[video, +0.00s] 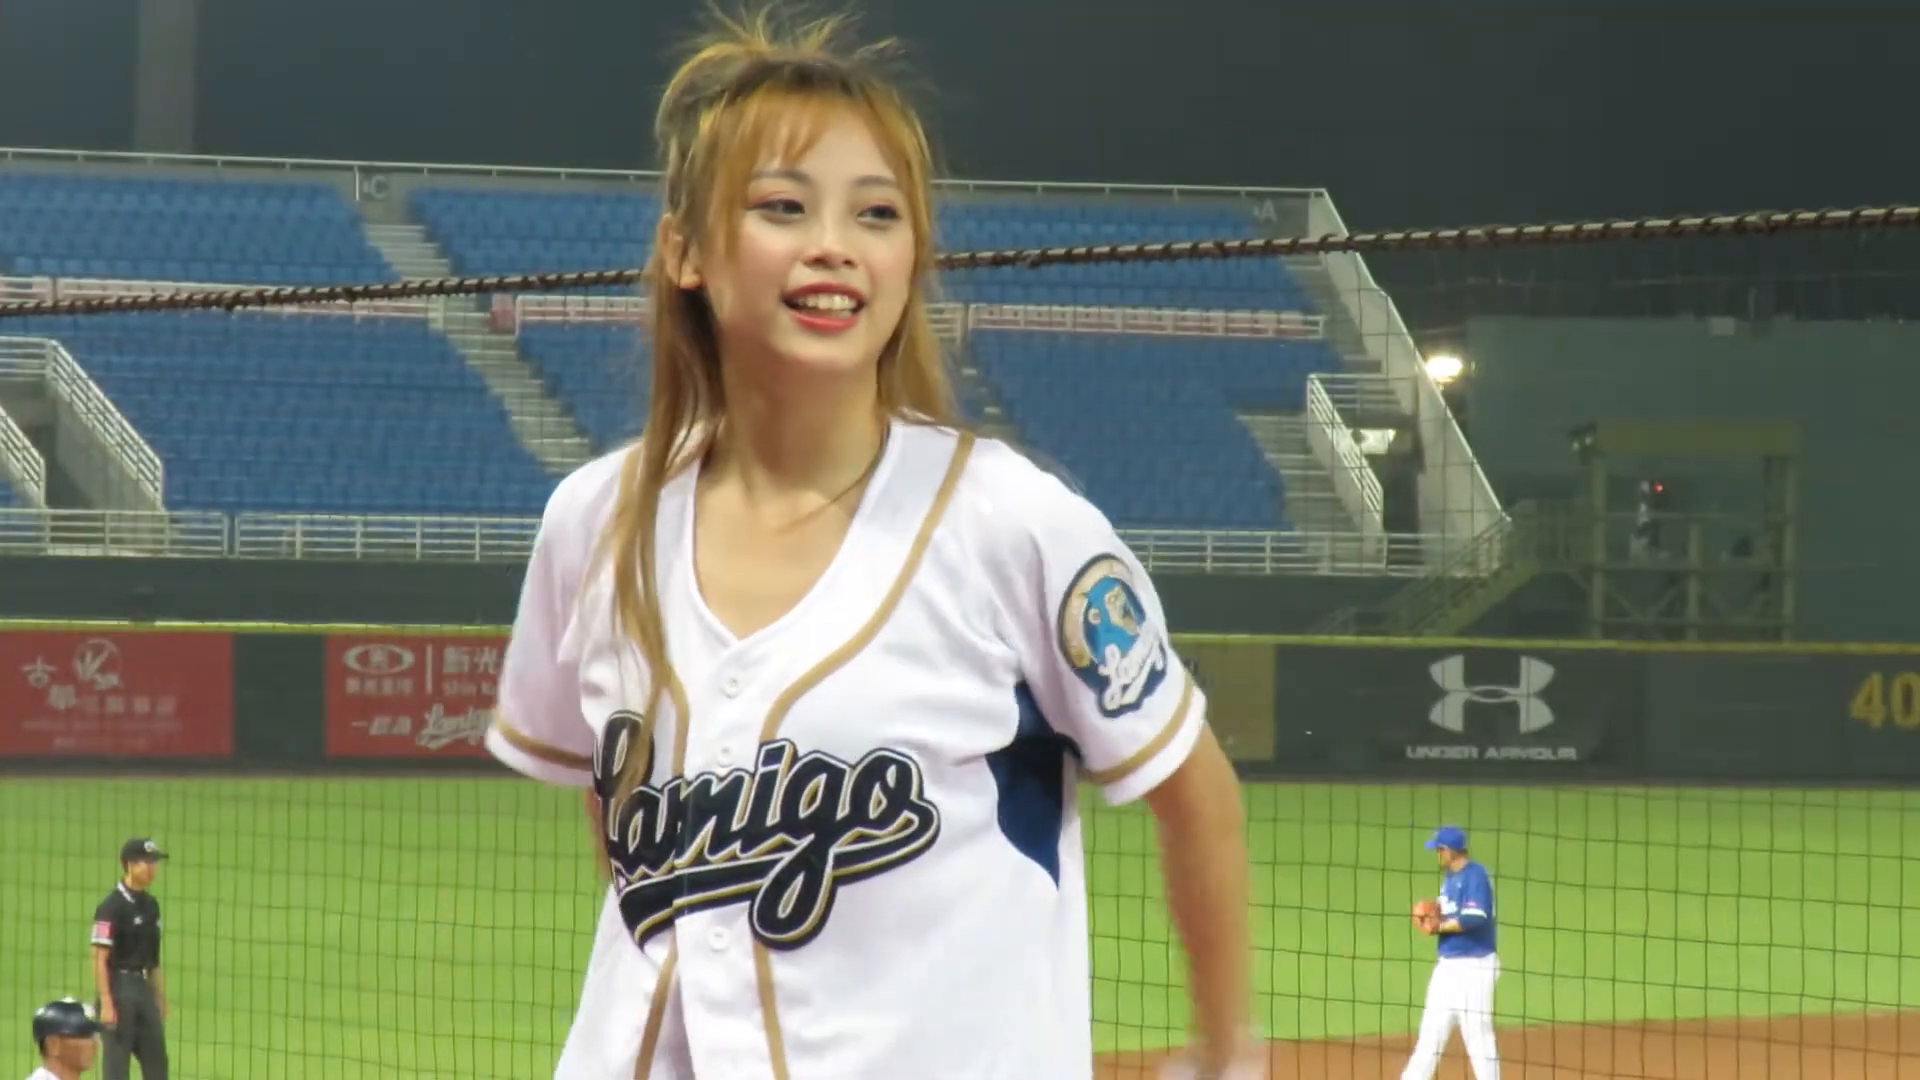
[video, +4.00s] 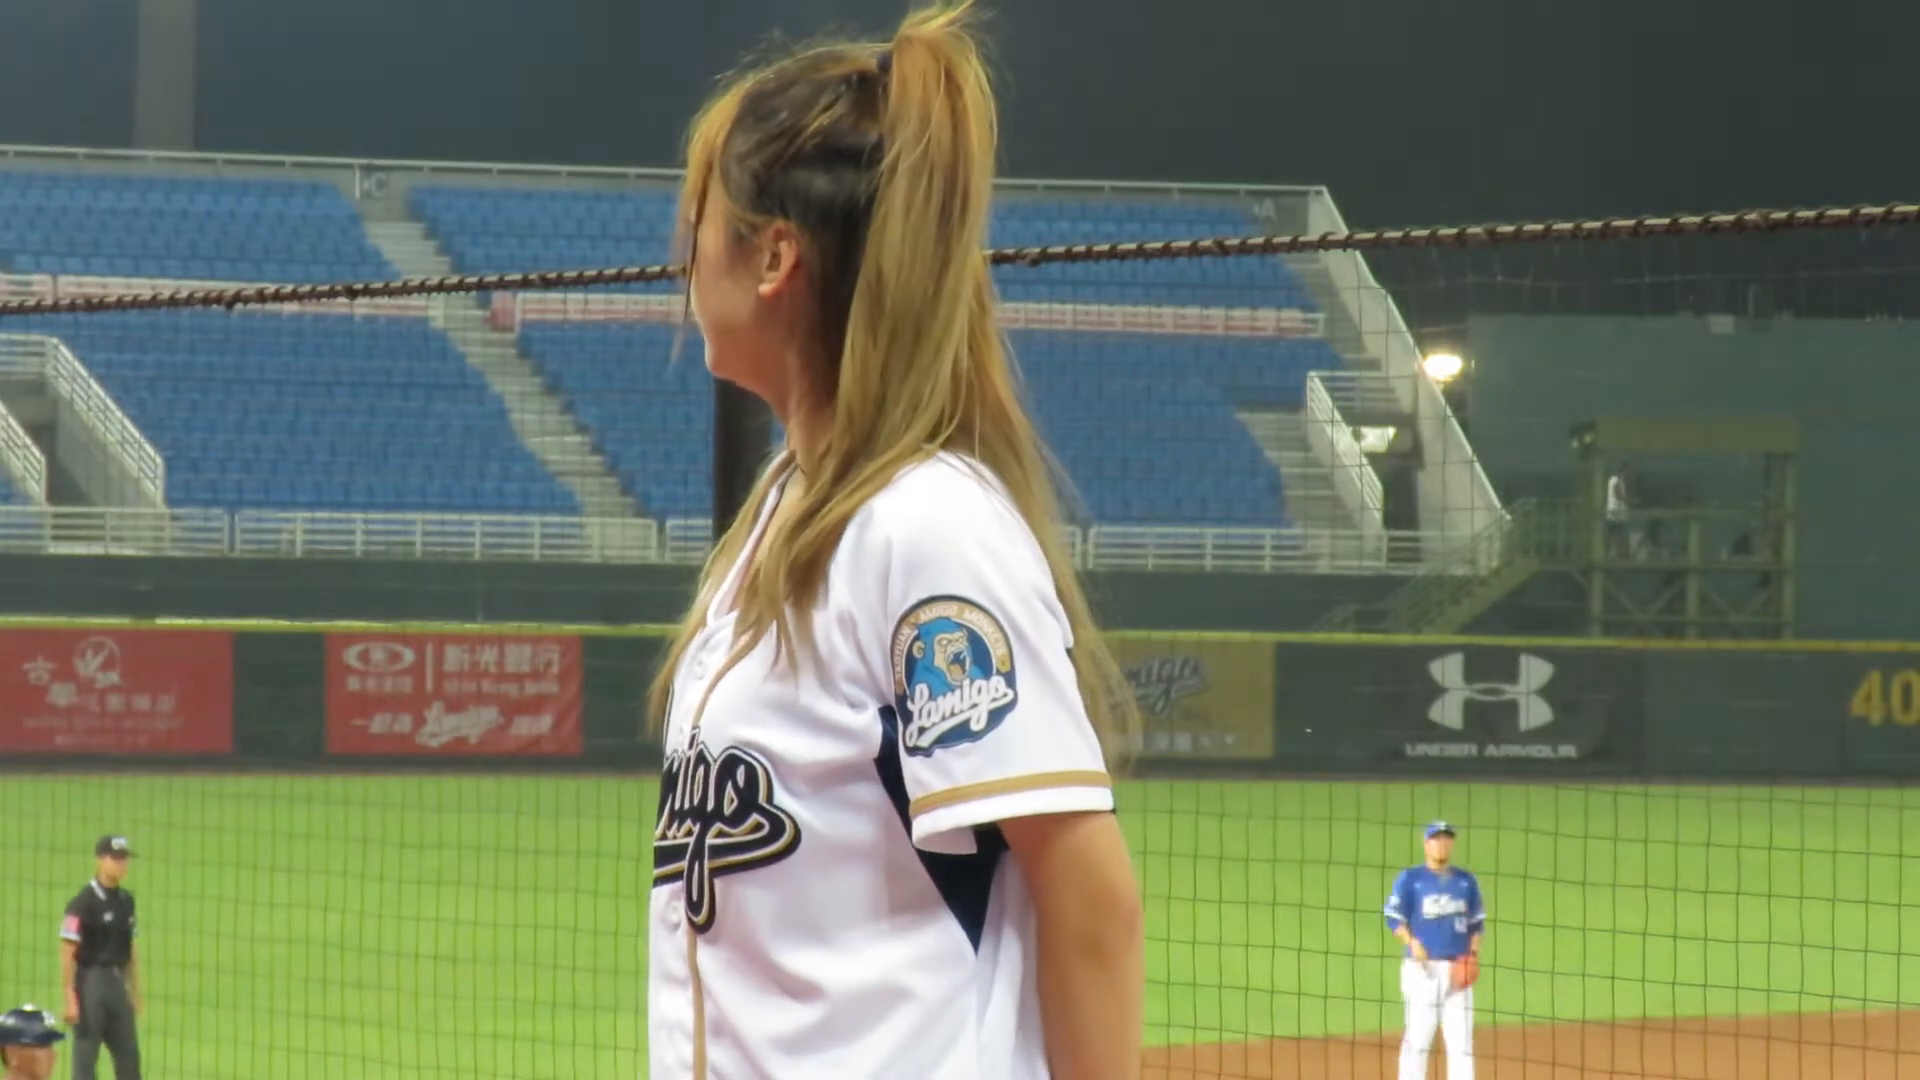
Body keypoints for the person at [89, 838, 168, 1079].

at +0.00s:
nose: (151, 869)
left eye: (154, 863)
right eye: (145, 863)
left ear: (156, 865)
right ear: (128, 865)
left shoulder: (151, 905)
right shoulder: (111, 906)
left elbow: (153, 959)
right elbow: (100, 958)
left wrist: (160, 997)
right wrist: (106, 1003)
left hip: (143, 977)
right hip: (118, 977)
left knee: (156, 1059)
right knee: (117, 1060)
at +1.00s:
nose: (158, 865)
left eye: (157, 860)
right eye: (153, 860)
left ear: (143, 865)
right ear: (137, 865)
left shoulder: (149, 903)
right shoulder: (111, 904)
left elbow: (152, 957)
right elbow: (100, 957)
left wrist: (159, 995)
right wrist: (107, 1002)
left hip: (142, 977)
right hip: (117, 977)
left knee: (156, 1057)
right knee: (117, 1059)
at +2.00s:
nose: (165, 859)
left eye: (163, 854)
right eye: (160, 855)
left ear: (150, 859)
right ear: (147, 859)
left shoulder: (158, 894)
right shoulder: (128, 896)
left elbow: (154, 943)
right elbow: (116, 950)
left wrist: (161, 981)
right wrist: (135, 990)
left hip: (157, 968)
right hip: (136, 969)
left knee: (156, 1045)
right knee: (134, 1047)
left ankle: (152, 1074)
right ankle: (130, 1074)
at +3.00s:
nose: (169, 861)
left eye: (170, 856)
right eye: (163, 855)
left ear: (169, 858)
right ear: (147, 857)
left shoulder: (166, 899)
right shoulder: (128, 895)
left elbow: (167, 948)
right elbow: (111, 945)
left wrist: (182, 987)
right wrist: (118, 991)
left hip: (154, 969)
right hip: (130, 967)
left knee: (149, 1045)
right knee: (125, 1045)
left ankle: (144, 1075)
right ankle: (114, 1074)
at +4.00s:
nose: (120, 865)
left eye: (123, 859)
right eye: (114, 859)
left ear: (127, 862)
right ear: (100, 860)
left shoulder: (126, 900)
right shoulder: (82, 903)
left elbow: (128, 949)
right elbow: (68, 952)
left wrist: (133, 991)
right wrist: (69, 996)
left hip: (117, 972)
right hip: (90, 973)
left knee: (128, 1053)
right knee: (86, 1053)